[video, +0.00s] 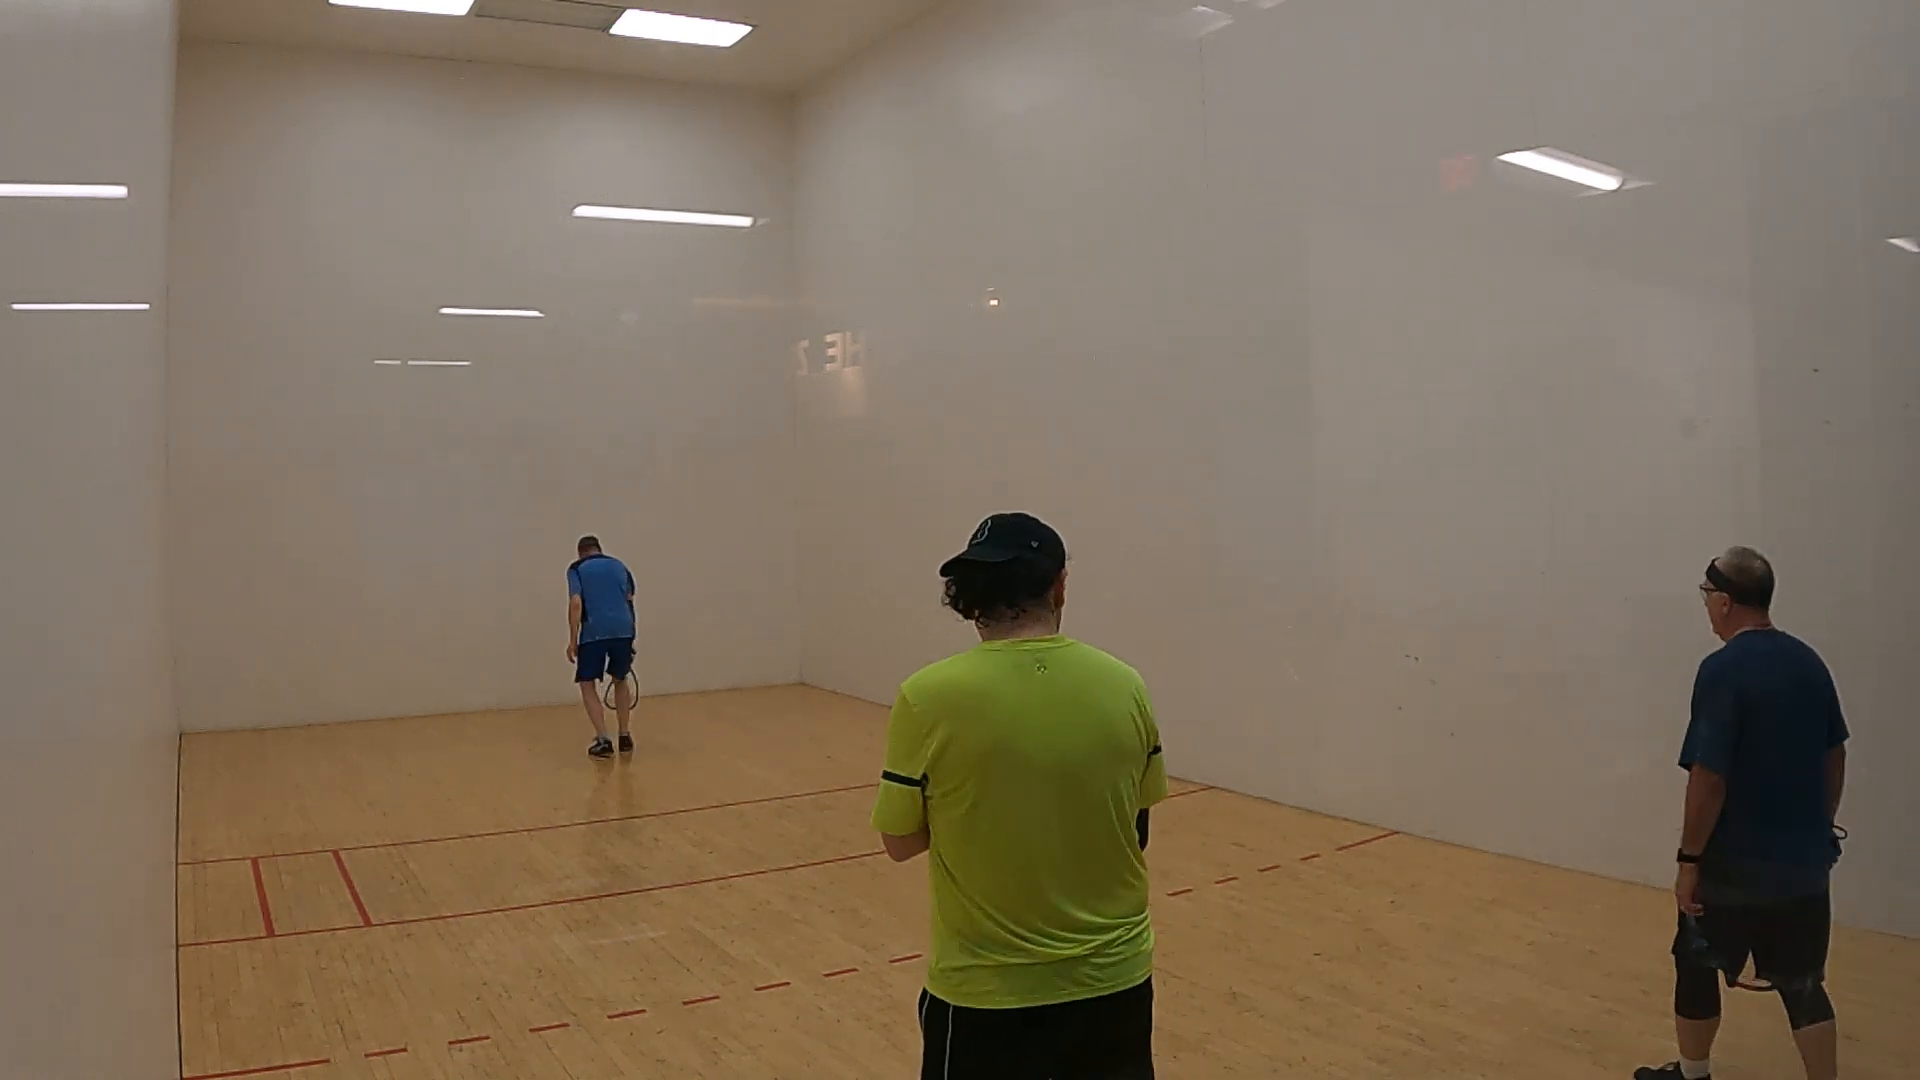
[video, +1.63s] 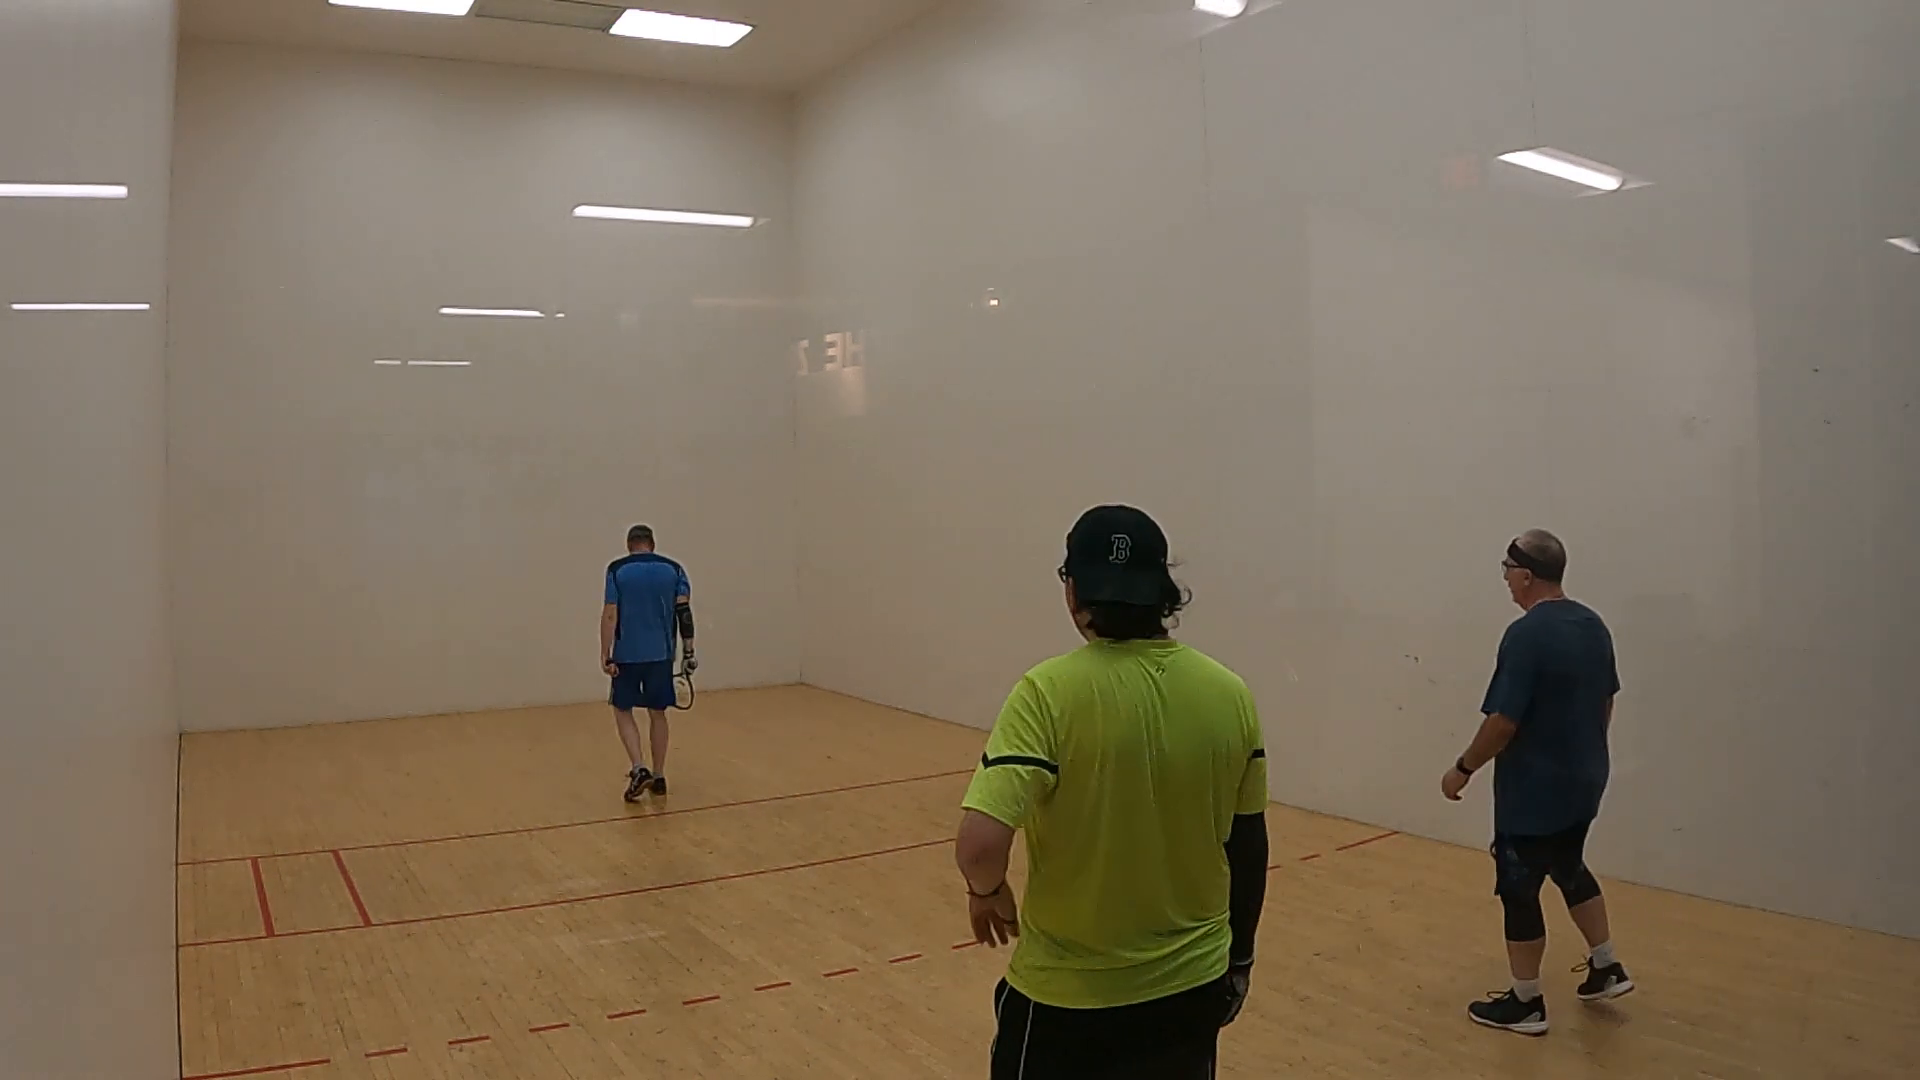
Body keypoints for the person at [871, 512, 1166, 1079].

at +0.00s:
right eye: (1065, 578)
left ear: (968, 595)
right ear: (1060, 586)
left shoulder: (929, 696)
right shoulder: (1122, 685)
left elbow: (901, 842)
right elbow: (1137, 824)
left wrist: (975, 792)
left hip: (983, 1014)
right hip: (1112, 1005)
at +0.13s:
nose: (1091, 589)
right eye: (1090, 578)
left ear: (995, 594)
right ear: (1084, 588)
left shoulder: (947, 696)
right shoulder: (1145, 690)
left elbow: (915, 837)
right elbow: (1156, 835)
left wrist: (990, 796)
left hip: (991, 1016)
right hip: (1123, 1011)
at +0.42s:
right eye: (1156, 588)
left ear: (1058, 595)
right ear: (1149, 595)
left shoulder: (1011, 698)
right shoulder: (1202, 697)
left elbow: (971, 832)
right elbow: (1207, 831)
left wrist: (1046, 791)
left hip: (1037, 1017)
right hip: (1168, 1010)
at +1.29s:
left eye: (1082, 590)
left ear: (1082, 600)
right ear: (1177, 596)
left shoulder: (1042, 700)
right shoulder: (1229, 697)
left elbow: (991, 840)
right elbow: (1230, 832)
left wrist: (1067, 795)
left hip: (1064, 1013)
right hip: (1190, 1005)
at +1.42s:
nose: (1073, 599)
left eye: (1073, 587)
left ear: (1079, 596)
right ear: (1170, 591)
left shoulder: (1044, 698)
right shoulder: (1230, 696)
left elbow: (982, 847)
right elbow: (1234, 844)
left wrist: (1050, 797)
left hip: (1065, 1013)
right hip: (1189, 1004)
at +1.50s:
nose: (1069, 597)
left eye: (1069, 584)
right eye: (1071, 582)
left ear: (1078, 595)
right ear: (1165, 590)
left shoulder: (1047, 695)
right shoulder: (1229, 696)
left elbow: (981, 850)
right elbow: (1242, 847)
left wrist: (1038, 796)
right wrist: (1201, 927)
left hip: (1065, 1011)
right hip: (1190, 1002)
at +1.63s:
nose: (1065, 593)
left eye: (1066, 580)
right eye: (1067, 578)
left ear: (1075, 594)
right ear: (1160, 588)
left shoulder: (1047, 691)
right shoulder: (1227, 693)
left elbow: (980, 840)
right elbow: (1248, 849)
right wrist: (1239, 956)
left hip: (1063, 1012)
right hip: (1188, 1002)